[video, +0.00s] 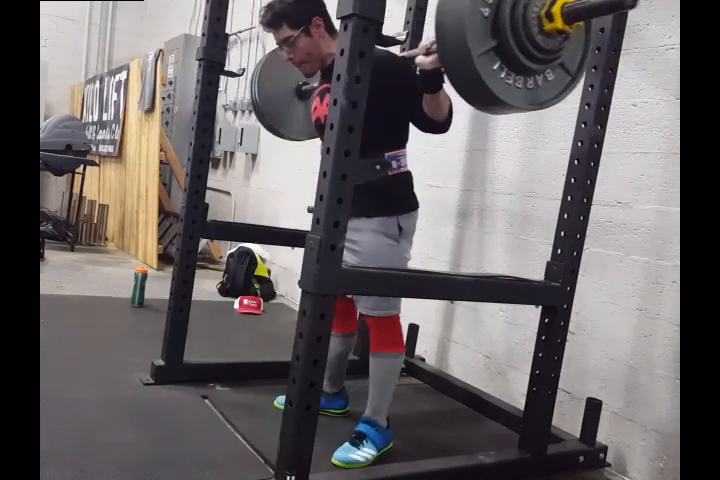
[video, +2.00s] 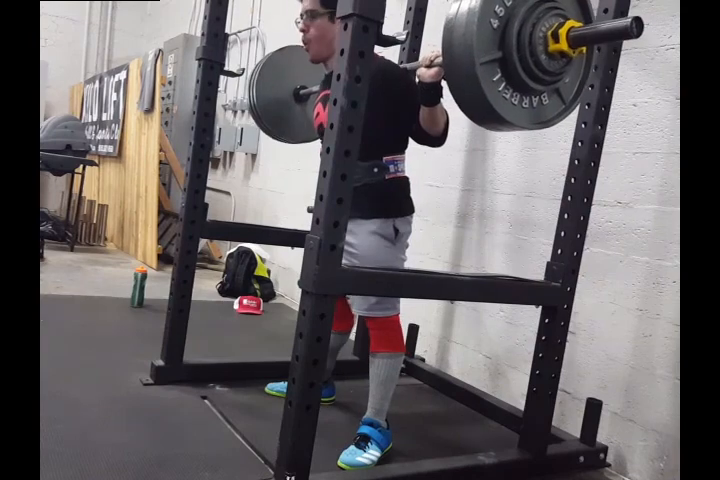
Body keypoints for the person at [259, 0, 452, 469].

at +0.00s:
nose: (289, 57)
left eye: (292, 44)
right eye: (283, 49)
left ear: (319, 27)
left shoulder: (383, 66)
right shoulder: (322, 79)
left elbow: (439, 122)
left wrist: (431, 75)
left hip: (383, 211)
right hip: (336, 208)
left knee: (379, 310)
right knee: (335, 301)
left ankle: (376, 424)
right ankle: (330, 389)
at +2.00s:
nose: (300, 30)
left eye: (308, 20)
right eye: (301, 21)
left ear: (340, 22)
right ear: (328, 25)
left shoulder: (388, 76)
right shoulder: (329, 80)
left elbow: (434, 135)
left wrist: (429, 86)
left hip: (379, 213)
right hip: (333, 210)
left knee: (378, 310)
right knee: (329, 299)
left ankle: (375, 423)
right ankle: (318, 379)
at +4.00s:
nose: (312, 32)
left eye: (319, 21)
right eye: (310, 23)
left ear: (349, 22)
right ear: (331, 27)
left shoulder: (391, 78)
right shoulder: (333, 80)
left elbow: (438, 136)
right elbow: (325, 126)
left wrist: (435, 88)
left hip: (382, 217)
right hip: (335, 213)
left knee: (382, 312)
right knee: (332, 302)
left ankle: (376, 424)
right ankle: (318, 380)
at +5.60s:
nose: (300, 80)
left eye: (310, 72)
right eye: (301, 71)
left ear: (339, 79)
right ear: (315, 80)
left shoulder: (376, 134)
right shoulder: (321, 136)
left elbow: (430, 185)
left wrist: (423, 147)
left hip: (404, 243)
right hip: (353, 242)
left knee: (364, 325)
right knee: (302, 298)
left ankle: (374, 429)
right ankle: (315, 381)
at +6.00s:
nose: (284, 138)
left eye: (294, 129)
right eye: (284, 129)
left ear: (326, 136)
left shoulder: (365, 187)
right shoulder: (309, 186)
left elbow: (417, 231)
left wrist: (409, 201)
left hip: (403, 273)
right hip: (352, 271)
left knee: (353, 328)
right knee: (289, 303)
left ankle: (373, 430)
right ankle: (316, 382)